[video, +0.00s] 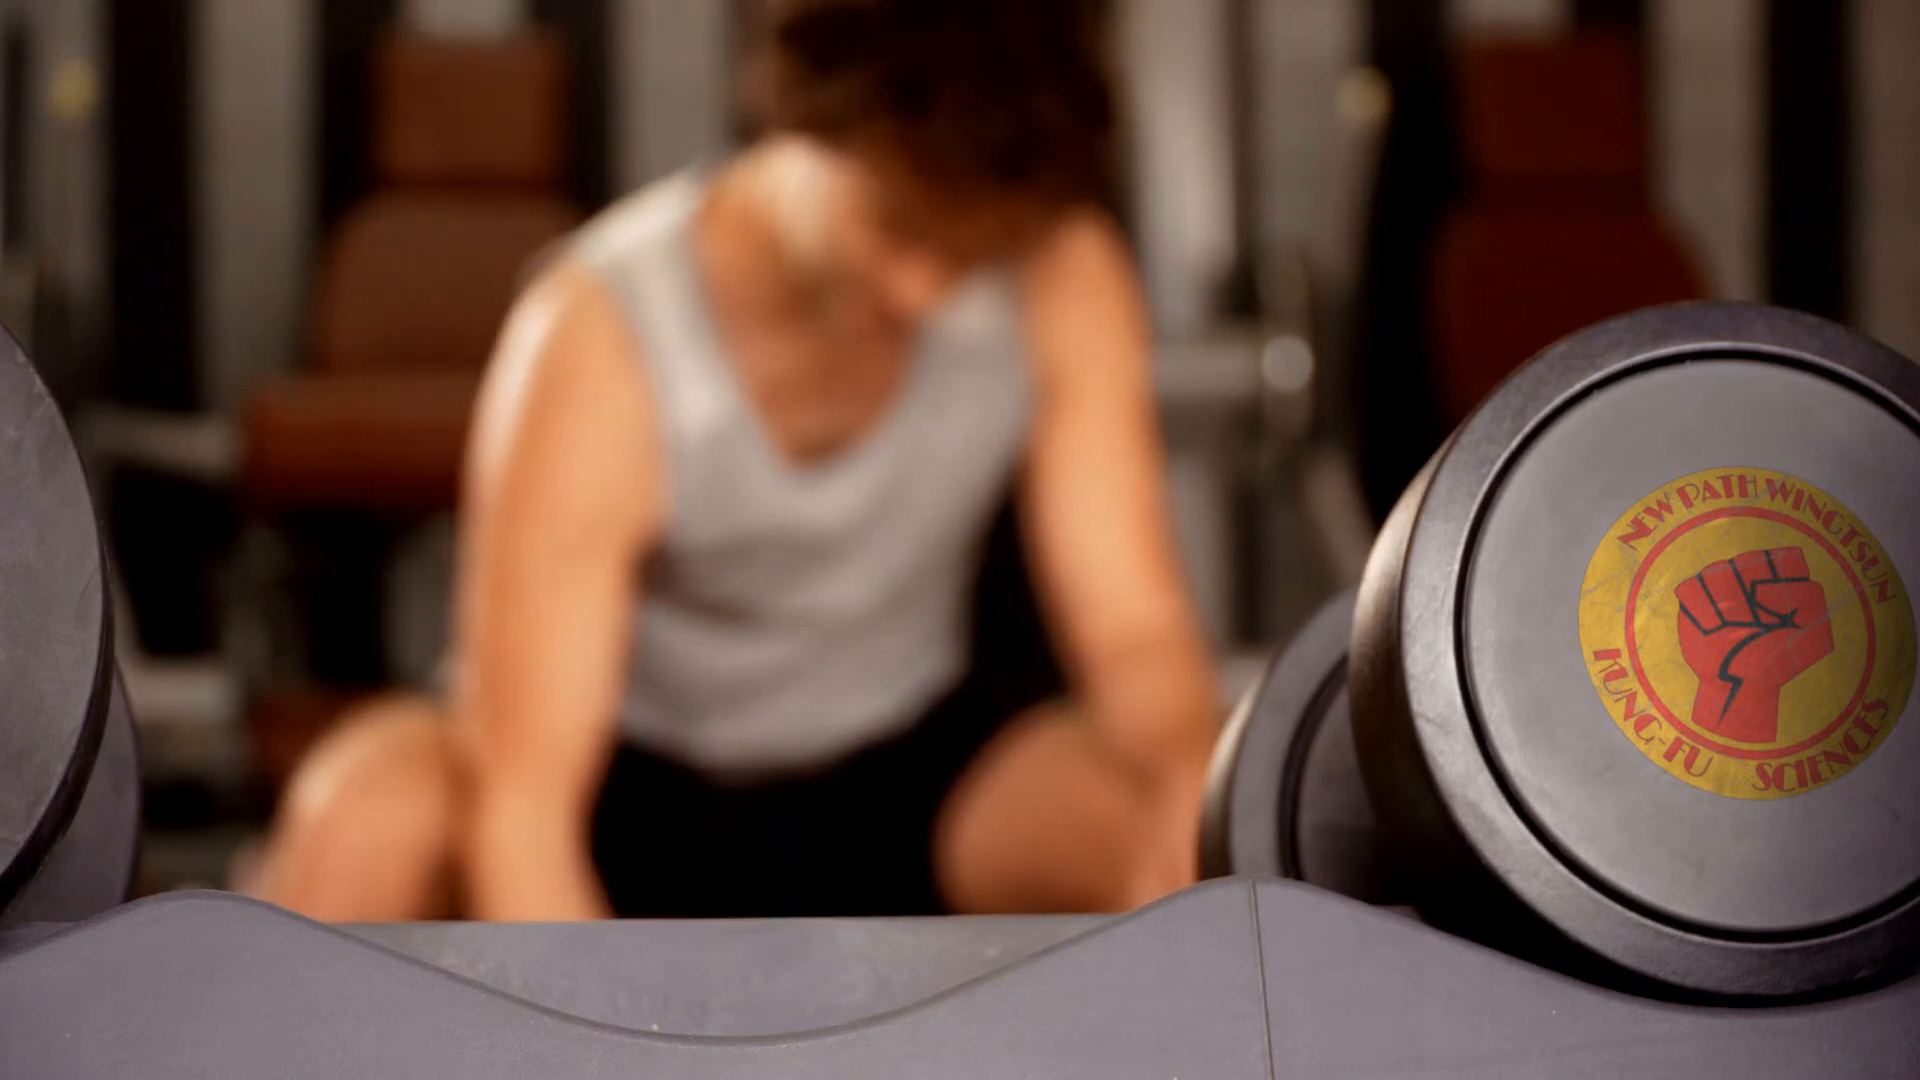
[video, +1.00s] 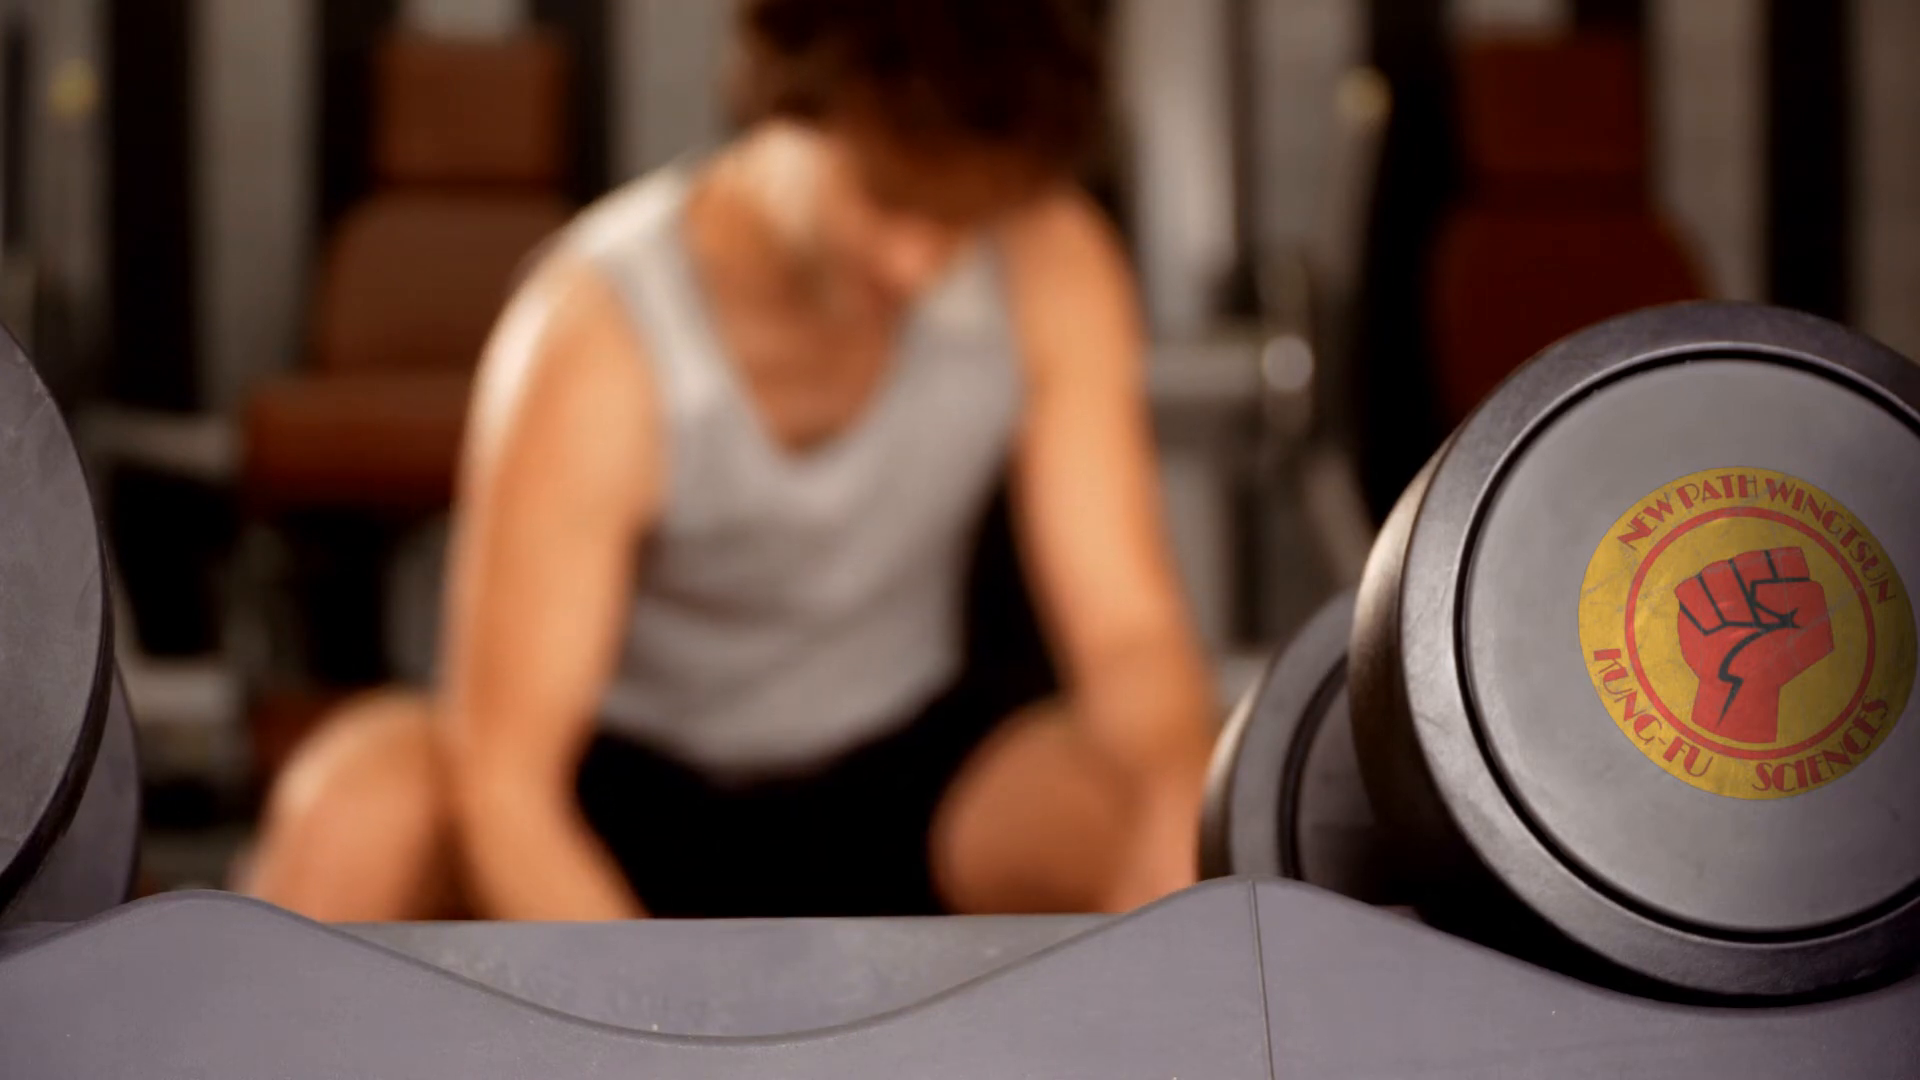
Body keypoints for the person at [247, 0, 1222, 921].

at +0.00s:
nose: (922, 297)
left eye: (976, 253)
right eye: (896, 234)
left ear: (1032, 206)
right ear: (804, 134)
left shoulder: (1055, 266)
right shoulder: (595, 334)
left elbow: (1136, 641)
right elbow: (523, 809)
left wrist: (1214, 832)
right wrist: (607, 1060)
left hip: (903, 782)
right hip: (628, 797)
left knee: (1195, 816)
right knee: (365, 798)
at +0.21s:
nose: (922, 310)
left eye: (974, 265)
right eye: (894, 246)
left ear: (1029, 221)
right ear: (797, 146)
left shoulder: (1050, 269)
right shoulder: (592, 353)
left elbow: (1137, 647)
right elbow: (523, 823)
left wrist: (1201, 852)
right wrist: (557, 1073)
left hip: (902, 784)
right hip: (625, 801)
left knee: (1199, 812)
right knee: (360, 796)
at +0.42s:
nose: (916, 312)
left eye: (966, 265)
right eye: (887, 249)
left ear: (1021, 221)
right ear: (794, 152)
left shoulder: (1044, 268)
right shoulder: (588, 364)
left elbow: (1134, 645)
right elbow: (524, 829)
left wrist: (1205, 854)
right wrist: (539, 1076)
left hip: (901, 785)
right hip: (622, 801)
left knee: (1192, 811)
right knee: (358, 798)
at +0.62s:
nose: (922, 308)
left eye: (972, 262)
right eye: (892, 244)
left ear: (1025, 218)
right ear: (800, 153)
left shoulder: (1044, 264)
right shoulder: (597, 365)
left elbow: (1133, 645)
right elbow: (514, 830)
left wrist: (1192, 851)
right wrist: (550, 1073)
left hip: (902, 783)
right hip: (626, 800)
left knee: (1192, 812)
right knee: (349, 792)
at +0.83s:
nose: (924, 289)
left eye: (974, 241)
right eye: (890, 227)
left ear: (1024, 192)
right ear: (794, 138)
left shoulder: (1045, 259)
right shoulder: (598, 349)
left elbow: (1130, 644)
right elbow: (504, 804)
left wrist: (1183, 862)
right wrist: (598, 1056)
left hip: (901, 785)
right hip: (628, 801)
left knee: (1186, 809)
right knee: (344, 788)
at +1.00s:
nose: (920, 264)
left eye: (970, 218)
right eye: (888, 201)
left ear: (1015, 172)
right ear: (792, 114)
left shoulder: (1044, 252)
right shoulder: (595, 328)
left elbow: (1130, 643)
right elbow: (504, 780)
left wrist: (1178, 874)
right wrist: (663, 1034)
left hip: (900, 784)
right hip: (628, 797)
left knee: (1184, 809)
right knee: (354, 790)